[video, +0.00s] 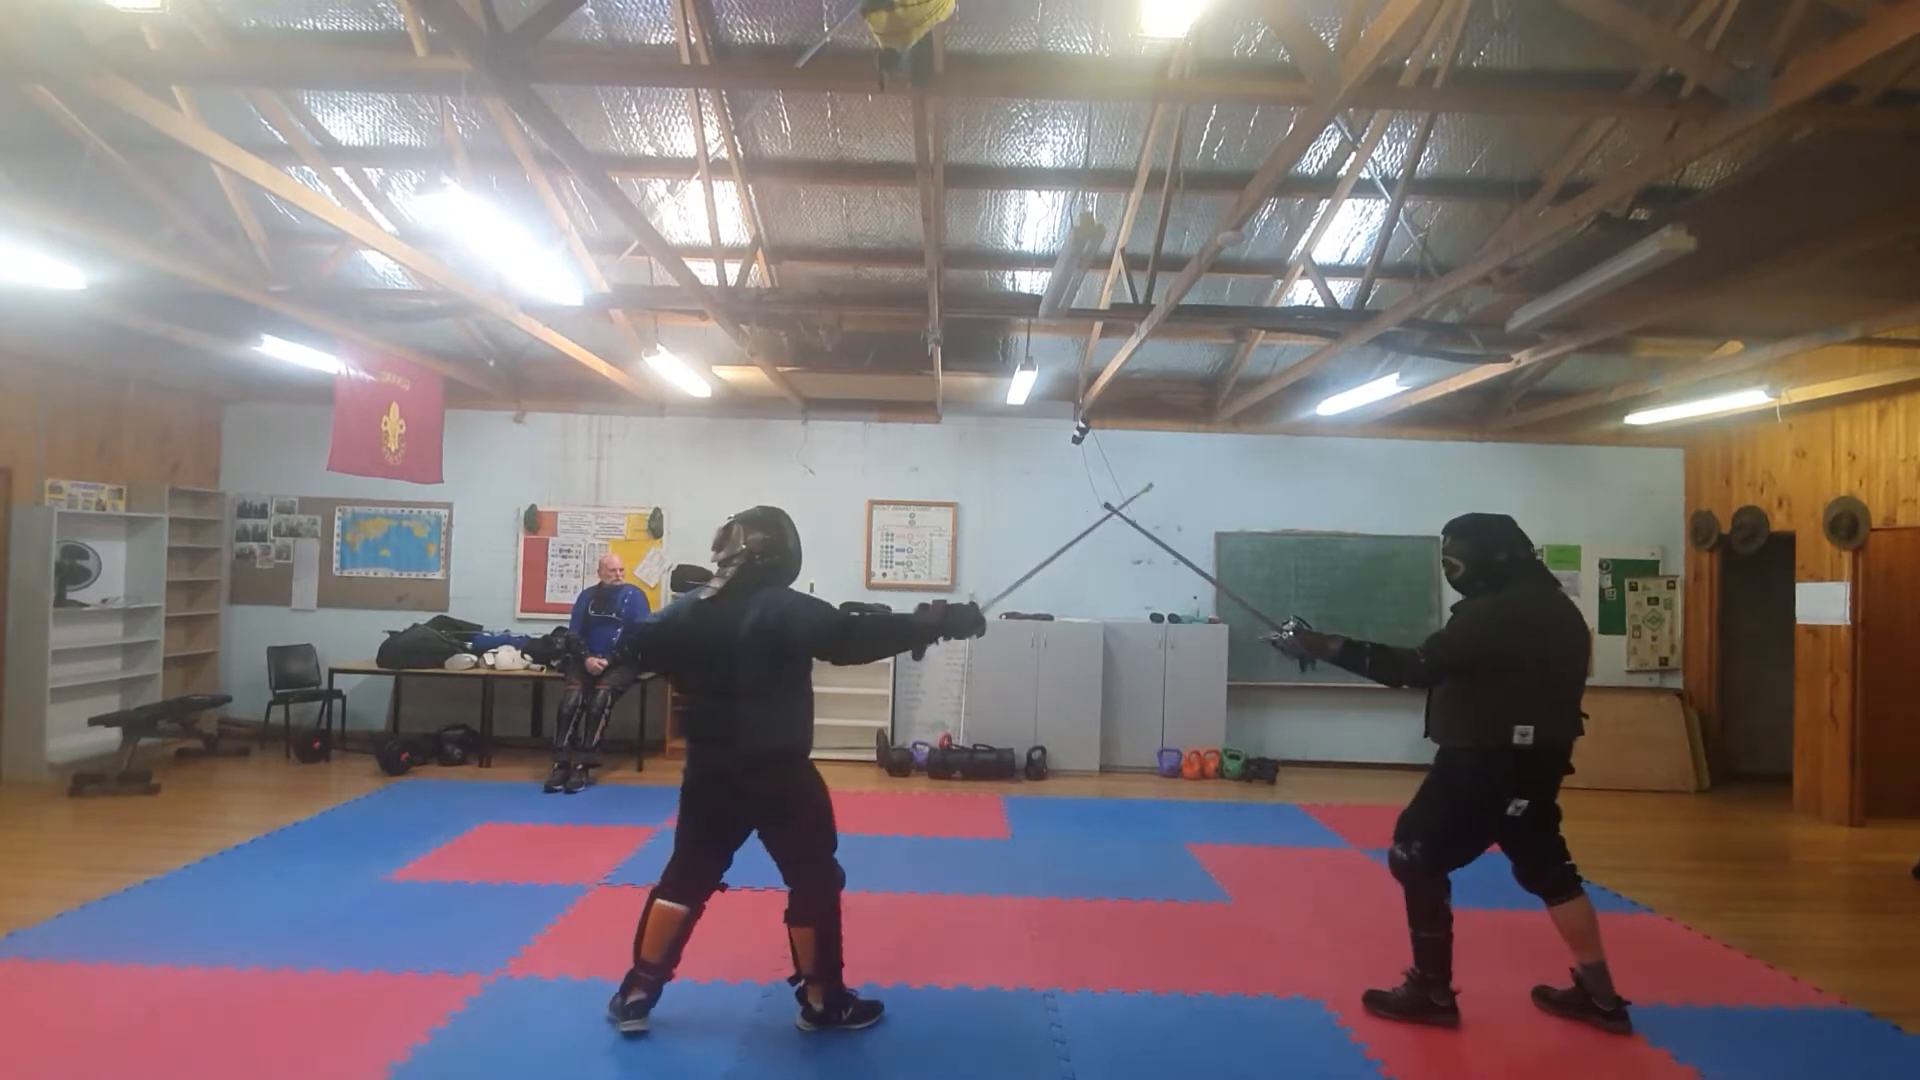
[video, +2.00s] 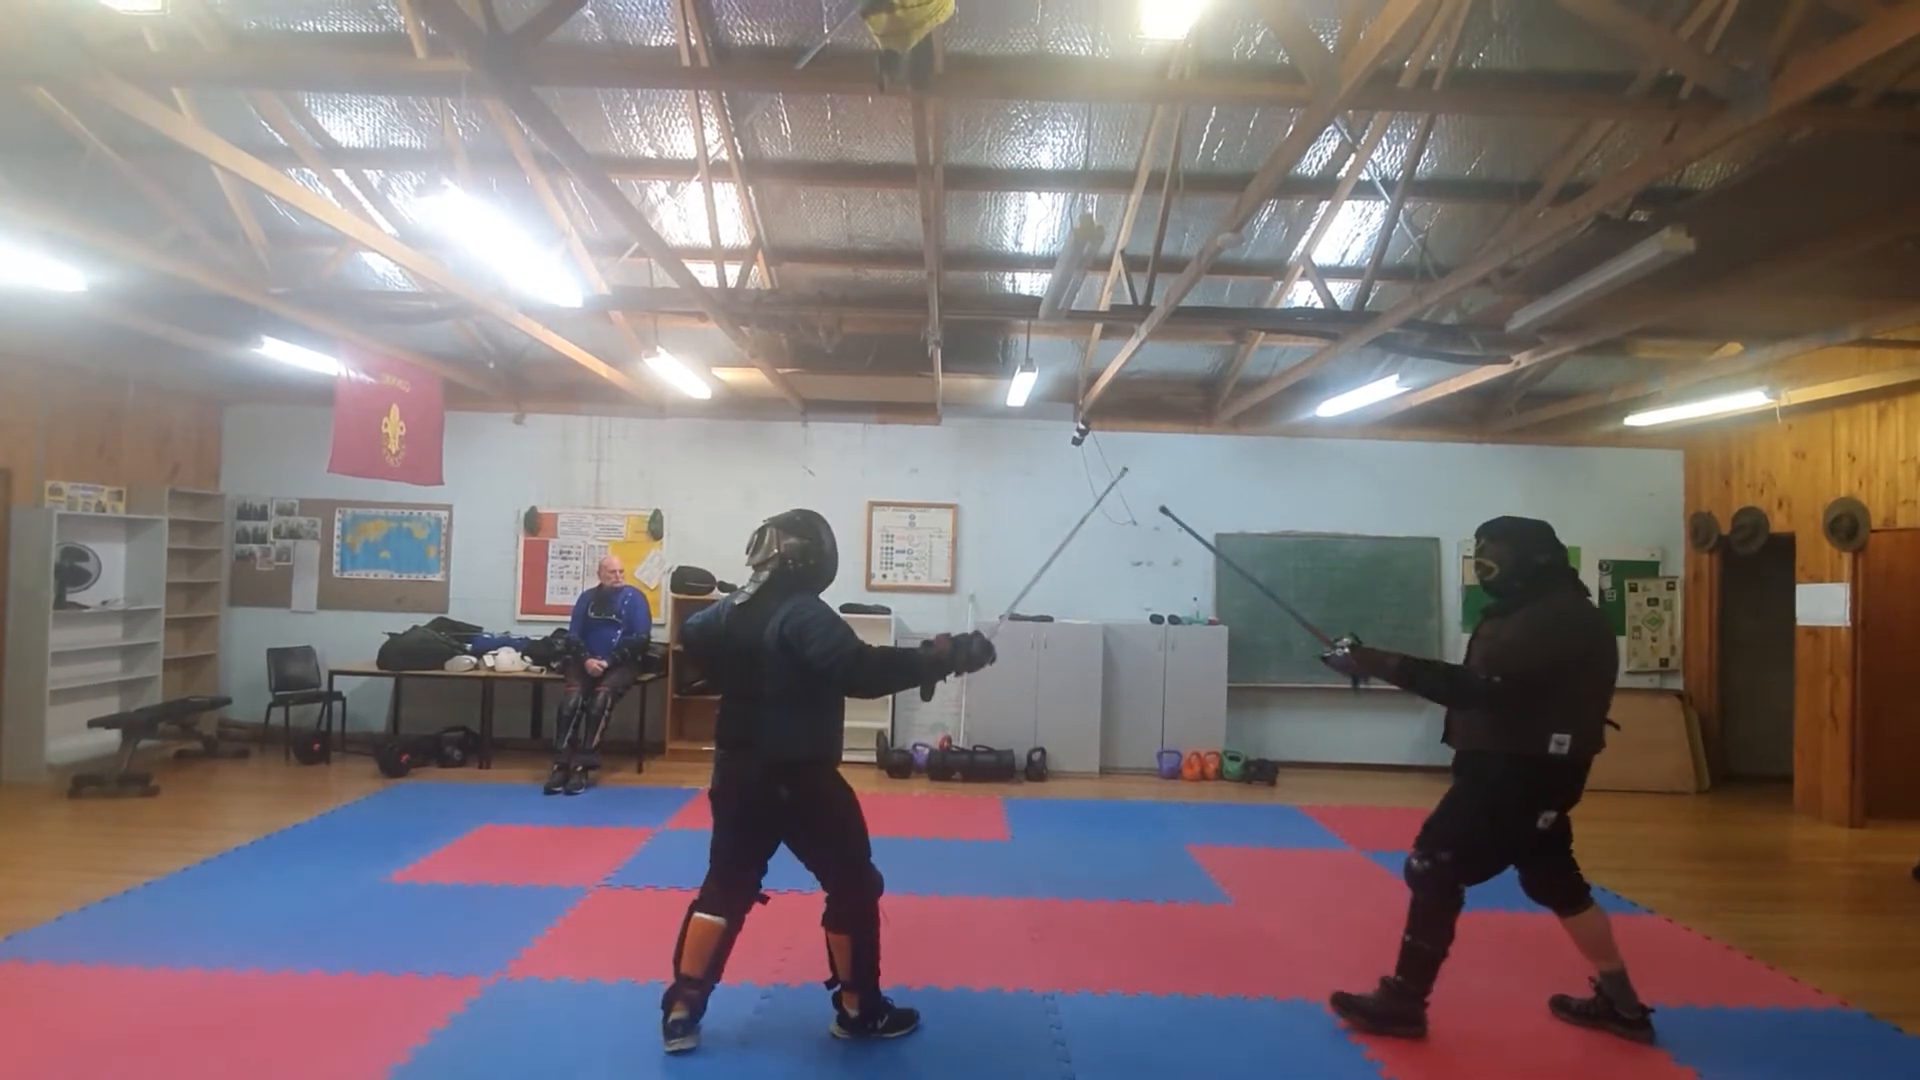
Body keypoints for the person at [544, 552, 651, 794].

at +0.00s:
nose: (619, 575)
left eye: (621, 571)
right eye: (613, 571)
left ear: (624, 571)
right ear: (599, 572)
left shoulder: (634, 596)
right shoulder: (586, 596)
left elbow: (638, 636)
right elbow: (573, 634)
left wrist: (609, 660)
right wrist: (586, 658)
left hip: (620, 661)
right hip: (585, 659)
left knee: (601, 696)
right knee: (572, 696)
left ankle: (582, 767)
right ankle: (561, 765)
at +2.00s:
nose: (618, 577)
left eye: (621, 572)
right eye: (612, 572)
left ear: (624, 573)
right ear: (599, 574)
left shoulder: (634, 598)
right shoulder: (587, 597)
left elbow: (640, 639)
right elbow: (573, 636)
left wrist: (608, 661)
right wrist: (585, 659)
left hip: (619, 663)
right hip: (585, 660)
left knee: (601, 696)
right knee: (572, 697)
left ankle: (581, 768)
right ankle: (560, 766)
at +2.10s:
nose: (618, 577)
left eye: (621, 572)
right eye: (612, 572)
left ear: (624, 573)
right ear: (599, 573)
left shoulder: (634, 597)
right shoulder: (586, 597)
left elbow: (640, 639)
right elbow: (573, 636)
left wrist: (607, 661)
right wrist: (585, 659)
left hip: (619, 663)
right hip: (585, 660)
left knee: (601, 696)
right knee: (572, 696)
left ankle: (581, 768)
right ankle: (560, 766)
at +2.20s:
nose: (618, 577)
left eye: (621, 572)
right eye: (612, 572)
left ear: (624, 573)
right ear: (599, 573)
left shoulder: (634, 598)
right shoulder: (586, 597)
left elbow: (639, 639)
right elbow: (573, 636)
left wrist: (608, 661)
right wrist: (585, 659)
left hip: (619, 663)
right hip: (585, 660)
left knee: (601, 696)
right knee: (572, 696)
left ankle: (582, 768)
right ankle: (560, 766)